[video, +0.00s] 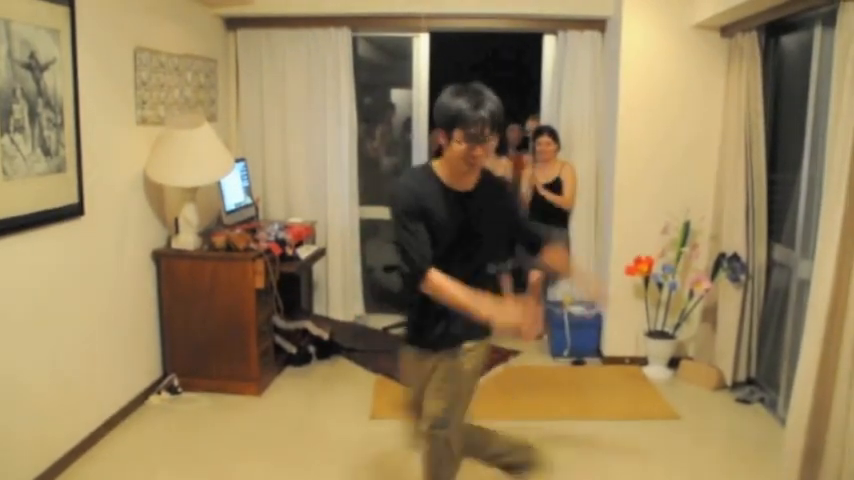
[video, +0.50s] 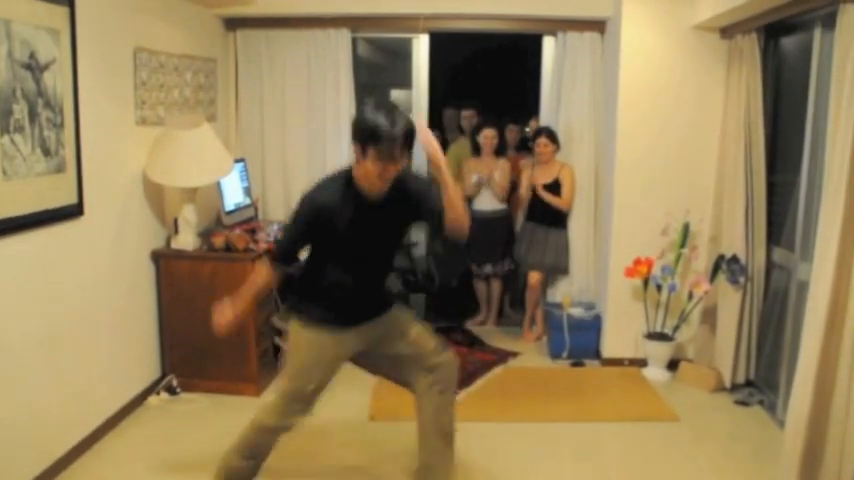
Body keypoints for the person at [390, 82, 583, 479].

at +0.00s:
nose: (477, 153)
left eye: (486, 143)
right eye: (469, 141)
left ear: (496, 143)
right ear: (443, 138)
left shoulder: (493, 191)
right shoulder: (413, 190)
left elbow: (532, 243)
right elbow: (421, 273)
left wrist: (580, 276)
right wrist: (494, 308)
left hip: (470, 329)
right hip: (425, 329)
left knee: (440, 427)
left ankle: (440, 474)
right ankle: (518, 457)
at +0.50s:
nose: (388, 172)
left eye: (396, 163)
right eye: (381, 161)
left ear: (406, 159)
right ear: (359, 152)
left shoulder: (408, 192)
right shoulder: (325, 199)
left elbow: (459, 228)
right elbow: (277, 260)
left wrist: (440, 165)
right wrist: (238, 303)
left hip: (377, 315)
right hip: (320, 324)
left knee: (439, 367)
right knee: (284, 406)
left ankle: (435, 473)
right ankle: (232, 473)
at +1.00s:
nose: (372, 173)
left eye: (378, 161)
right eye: (362, 167)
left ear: (399, 152)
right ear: (354, 170)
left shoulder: (444, 196)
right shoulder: (375, 208)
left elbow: (463, 275)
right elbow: (391, 267)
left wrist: (399, 294)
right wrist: (386, 312)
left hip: (465, 327)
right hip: (415, 326)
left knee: (448, 413)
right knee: (425, 412)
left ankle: (406, 455)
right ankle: (456, 471)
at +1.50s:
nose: (463, 177)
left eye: (475, 169)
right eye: (457, 166)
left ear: (496, 168)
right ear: (448, 158)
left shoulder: (510, 220)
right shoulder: (432, 192)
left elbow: (547, 300)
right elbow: (403, 238)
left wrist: (573, 369)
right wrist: (367, 278)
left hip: (485, 350)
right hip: (431, 343)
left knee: (501, 444)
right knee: (406, 421)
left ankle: (552, 477)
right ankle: (452, 476)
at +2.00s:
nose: (434, 134)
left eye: (444, 123)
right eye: (425, 123)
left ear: (463, 125)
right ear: (414, 123)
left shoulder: (479, 184)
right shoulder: (394, 173)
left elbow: (542, 217)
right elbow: (324, 220)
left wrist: (511, 160)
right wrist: (372, 196)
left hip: (438, 321)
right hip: (386, 314)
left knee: (408, 420)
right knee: (389, 408)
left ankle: (403, 475)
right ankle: (432, 430)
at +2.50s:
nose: (392, 145)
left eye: (400, 135)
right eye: (384, 136)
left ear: (419, 136)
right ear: (371, 139)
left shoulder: (454, 195)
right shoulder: (358, 194)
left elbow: (475, 257)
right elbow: (371, 254)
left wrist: (475, 312)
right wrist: (365, 301)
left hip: (420, 332)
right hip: (364, 316)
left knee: (401, 447)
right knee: (337, 414)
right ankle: (341, 474)